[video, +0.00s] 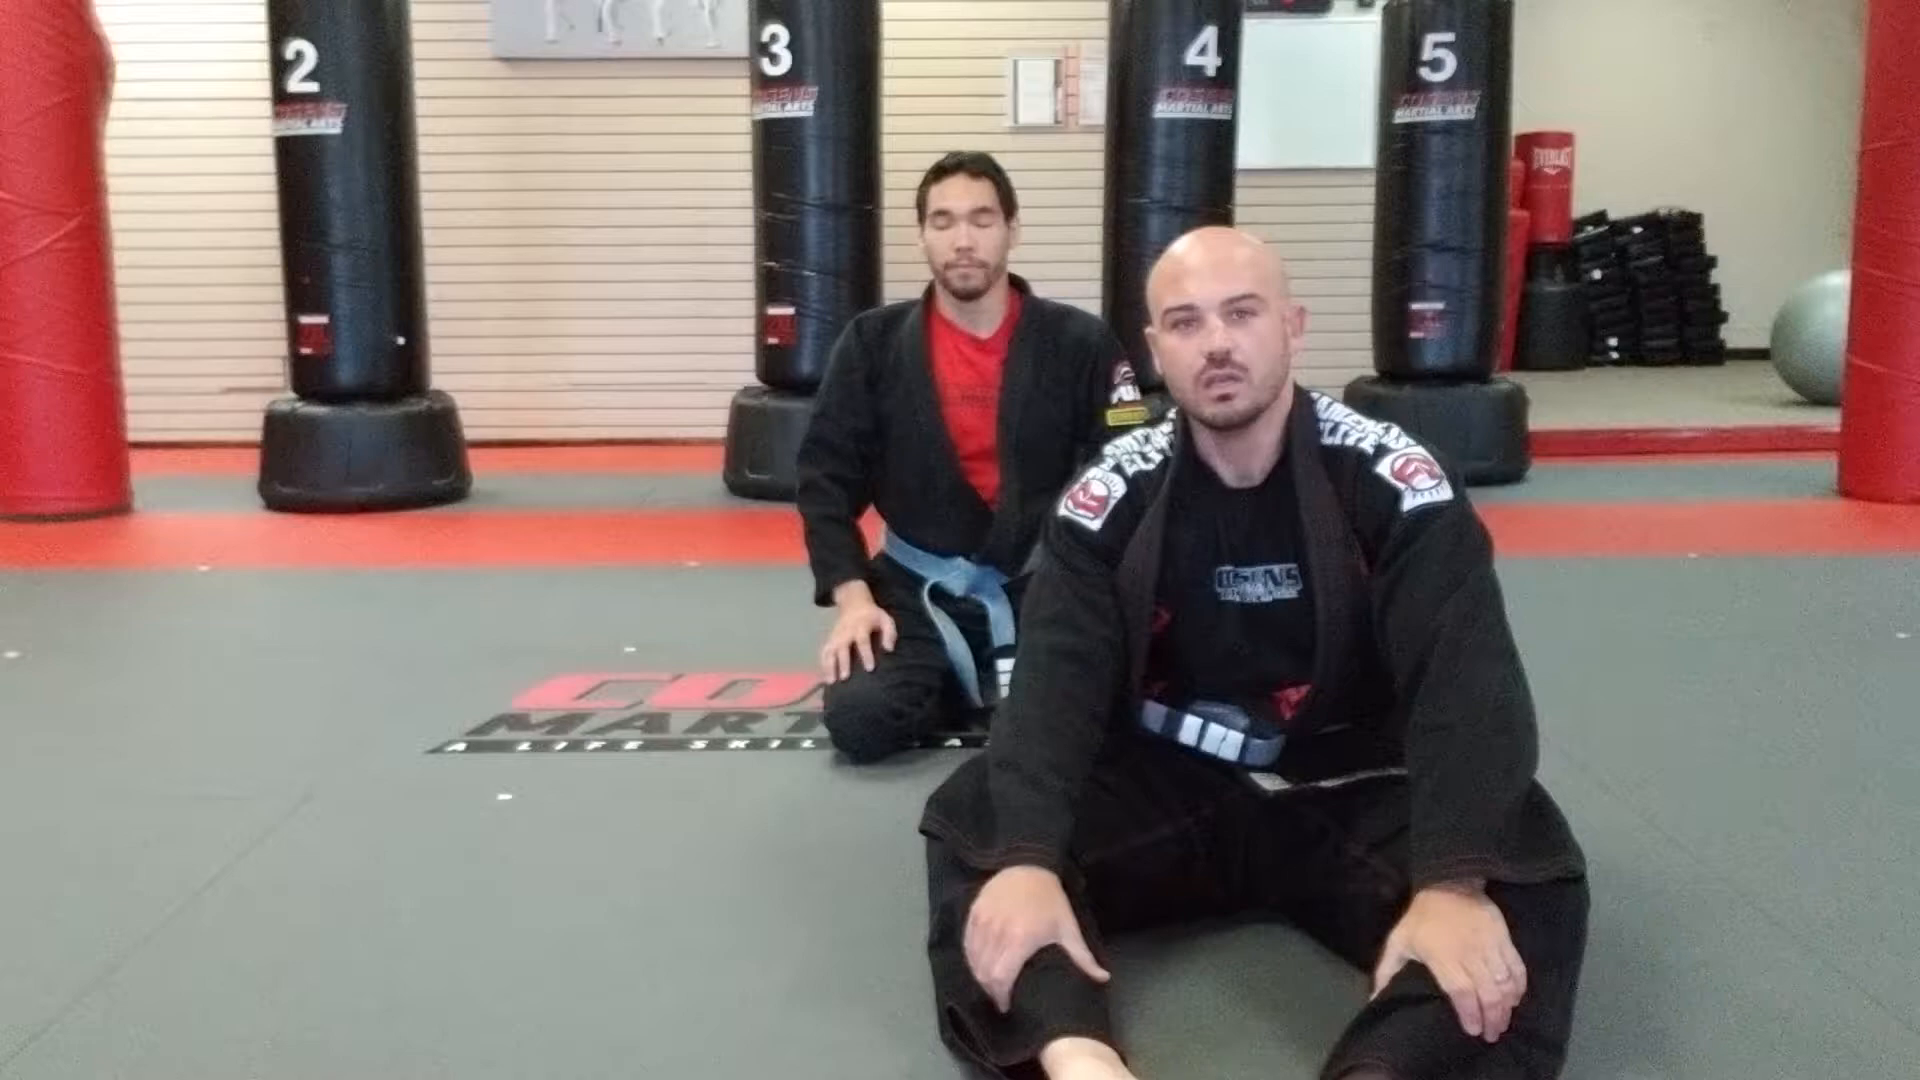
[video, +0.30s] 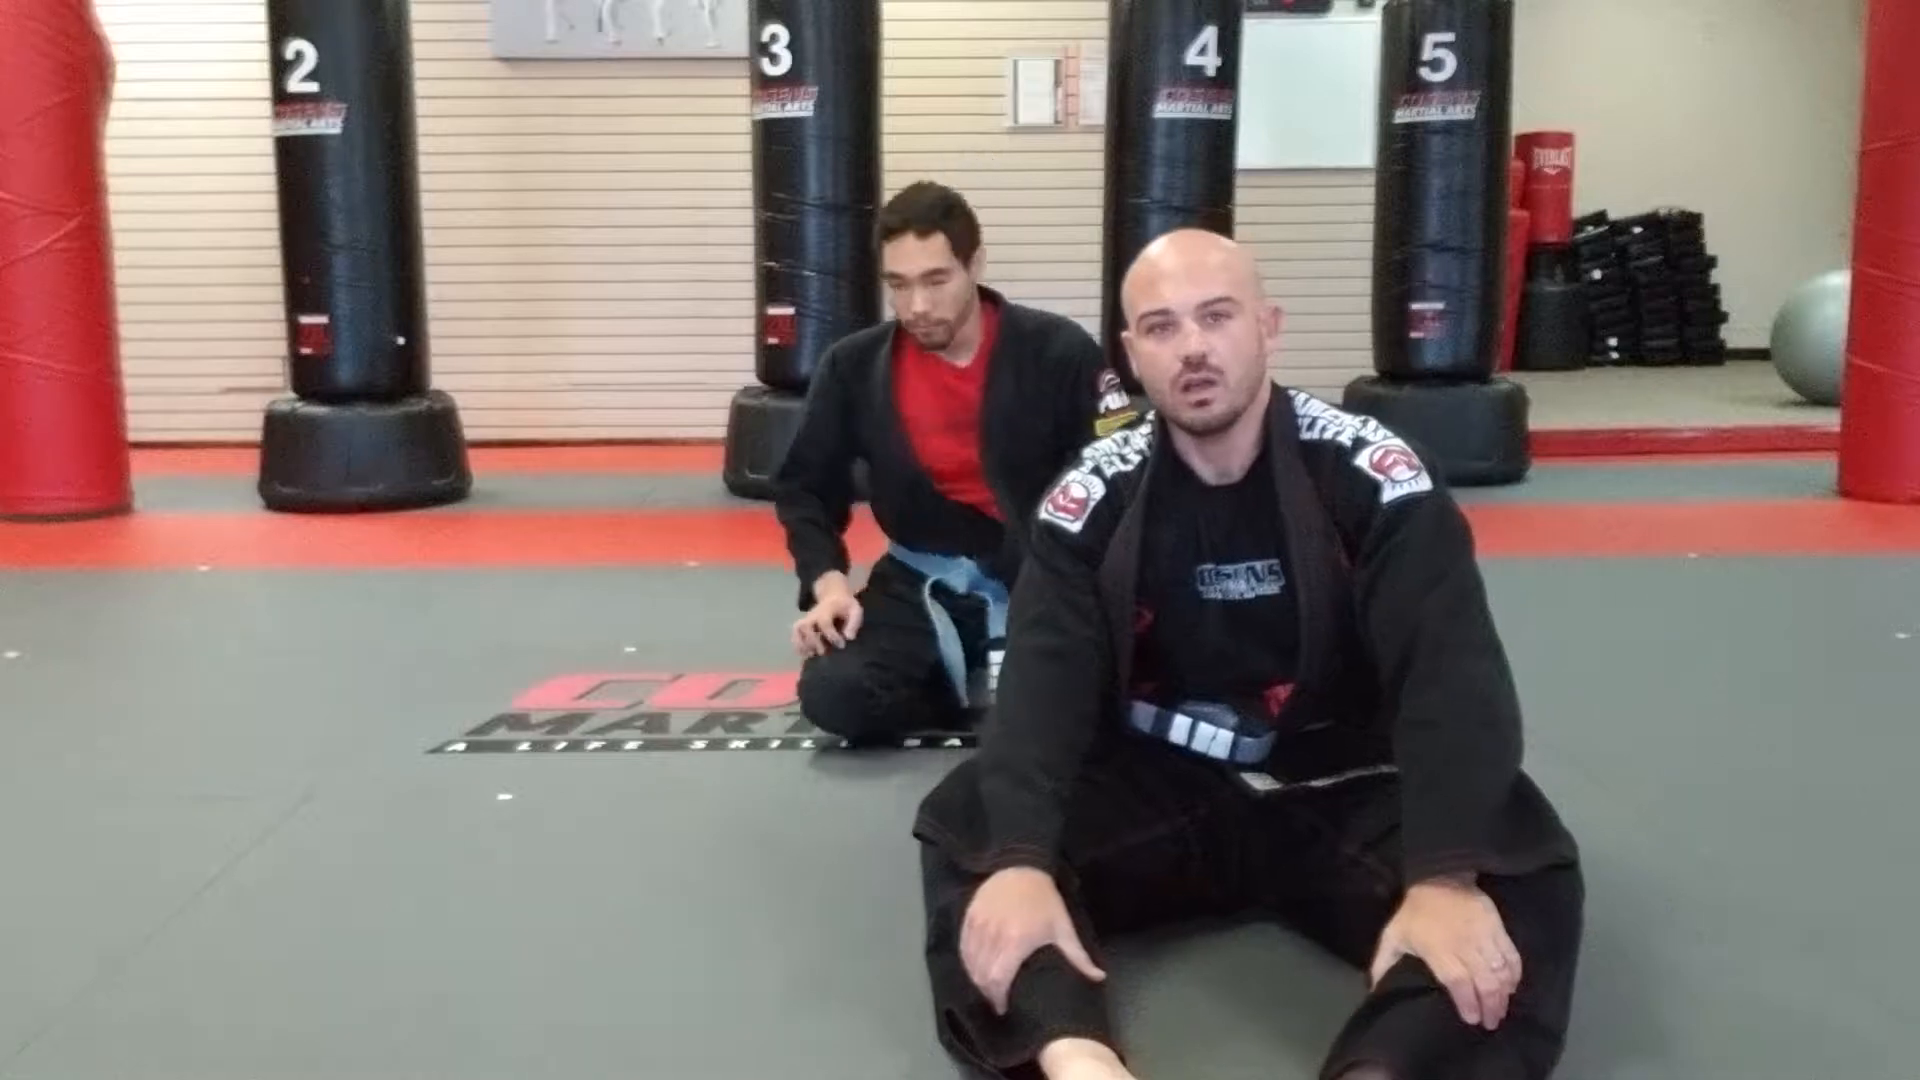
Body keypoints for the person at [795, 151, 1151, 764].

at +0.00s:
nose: (963, 241)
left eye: (982, 221)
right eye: (944, 224)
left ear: (1012, 232)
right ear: (922, 238)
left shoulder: (1081, 344)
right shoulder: (874, 344)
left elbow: (1118, 478)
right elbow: (824, 477)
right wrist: (850, 596)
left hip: (1044, 585)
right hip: (918, 585)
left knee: (1081, 716)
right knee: (863, 719)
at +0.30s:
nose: (917, 307)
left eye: (936, 281)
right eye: (898, 285)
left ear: (976, 263)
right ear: (883, 281)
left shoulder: (1060, 355)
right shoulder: (854, 368)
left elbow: (1108, 483)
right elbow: (805, 491)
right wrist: (827, 584)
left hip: (1041, 576)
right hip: (921, 575)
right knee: (837, 696)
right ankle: (996, 700)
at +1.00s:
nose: (695, 539)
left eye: (716, 512)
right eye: (676, 516)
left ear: (777, 463)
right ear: (654, 475)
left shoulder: (901, 476)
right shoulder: (676, 460)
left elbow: (932, 656)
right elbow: (645, 619)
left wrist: (871, 828)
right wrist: (643, 801)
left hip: (969, 518)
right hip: (834, 543)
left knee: (959, 762)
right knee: (832, 745)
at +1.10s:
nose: (670, 548)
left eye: (689, 522)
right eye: (650, 526)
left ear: (753, 467)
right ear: (630, 486)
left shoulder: (884, 478)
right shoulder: (653, 474)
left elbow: (923, 657)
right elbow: (637, 625)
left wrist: (871, 831)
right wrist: (643, 804)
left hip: (959, 518)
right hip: (820, 543)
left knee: (961, 761)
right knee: (804, 746)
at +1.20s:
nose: (650, 558)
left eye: (667, 530)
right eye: (629, 534)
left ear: (734, 476)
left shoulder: (865, 478)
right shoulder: (637, 468)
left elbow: (912, 653)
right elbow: (627, 624)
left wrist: (869, 833)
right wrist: (643, 805)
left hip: (943, 530)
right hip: (793, 555)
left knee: (961, 770)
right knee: (754, 742)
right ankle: (875, 696)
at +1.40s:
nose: (619, 586)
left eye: (639, 562)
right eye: (599, 564)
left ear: (707, 501)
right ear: (577, 519)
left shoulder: (842, 489)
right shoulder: (596, 499)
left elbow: (898, 660)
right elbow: (598, 639)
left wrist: (867, 833)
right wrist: (644, 806)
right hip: (727, 598)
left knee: (959, 777)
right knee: (698, 786)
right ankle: (807, 704)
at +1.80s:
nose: (613, 581)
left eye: (634, 558)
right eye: (593, 559)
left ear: (698, 501)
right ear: (568, 515)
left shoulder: (820, 498)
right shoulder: (570, 504)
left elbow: (895, 663)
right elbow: (584, 650)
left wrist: (869, 831)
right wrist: (640, 805)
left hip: (818, 623)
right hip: (691, 634)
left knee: (877, 798)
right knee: (683, 788)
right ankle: (784, 713)